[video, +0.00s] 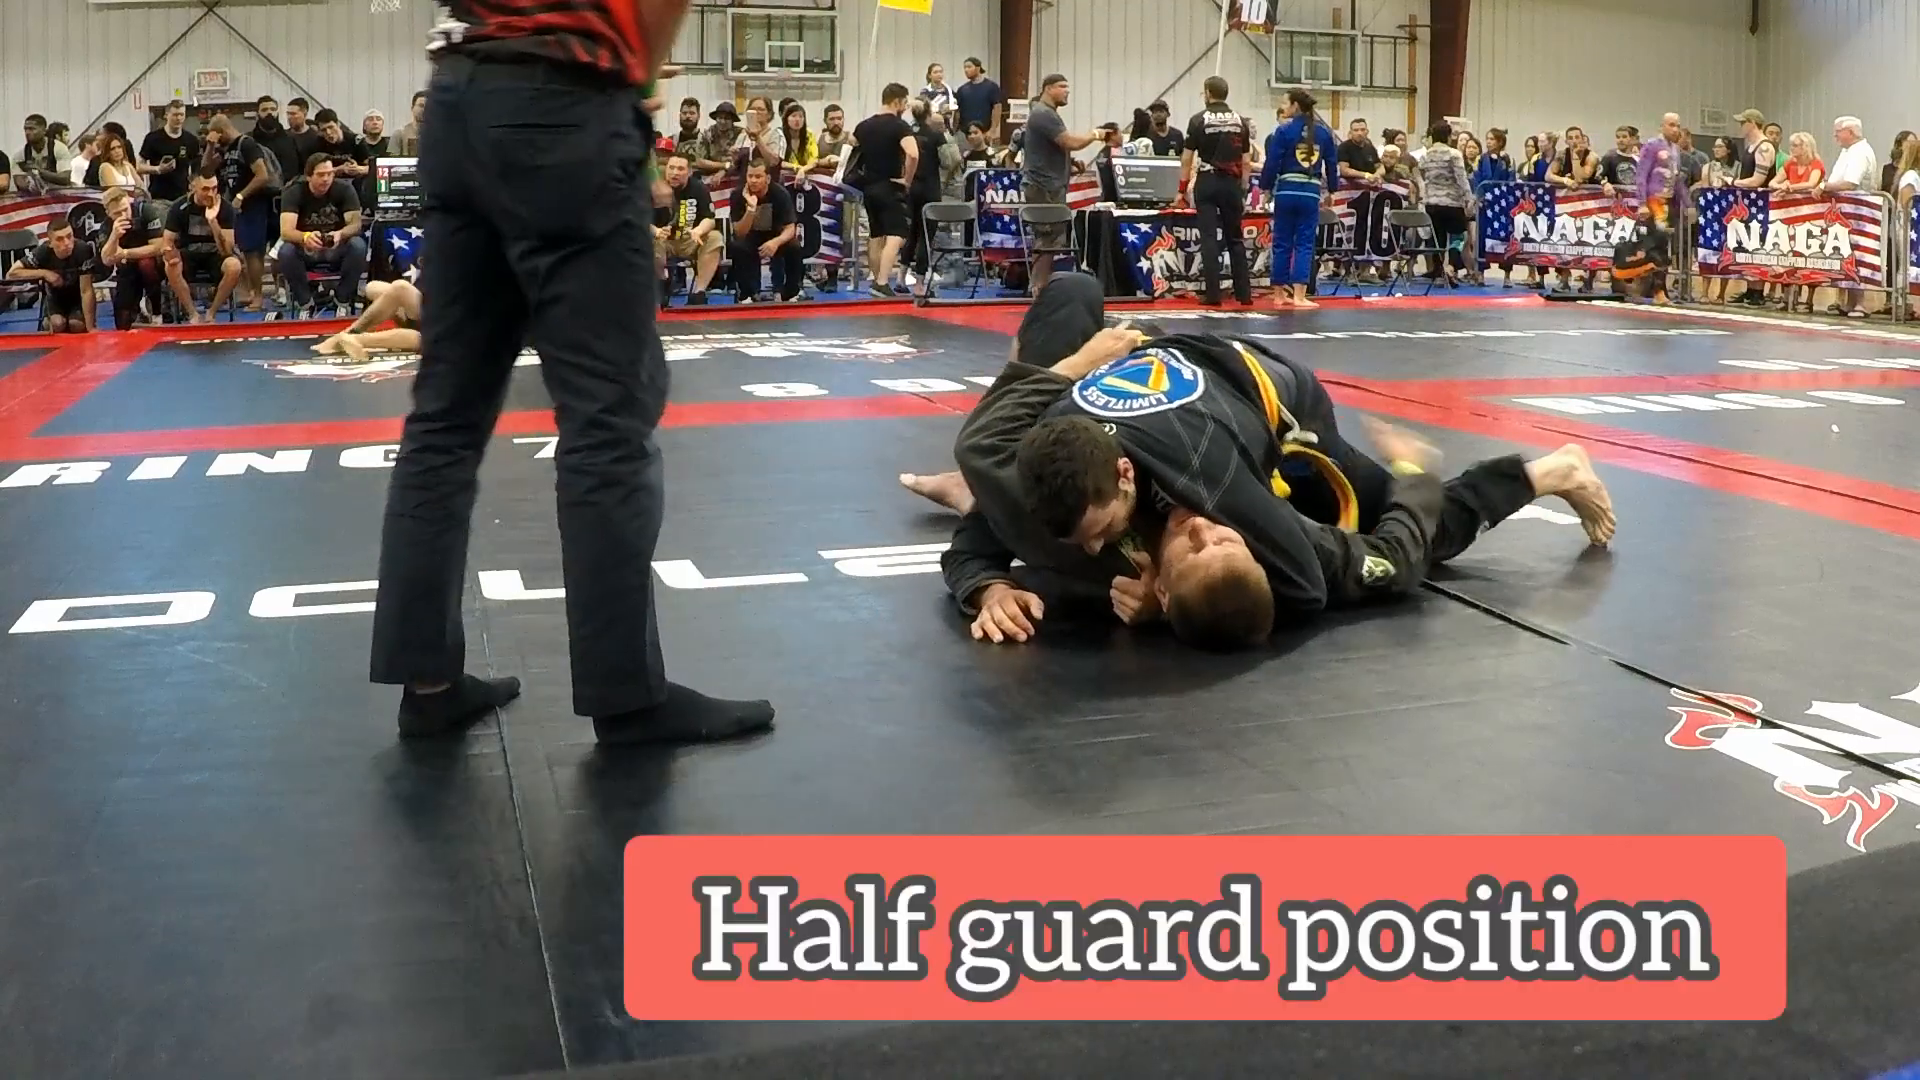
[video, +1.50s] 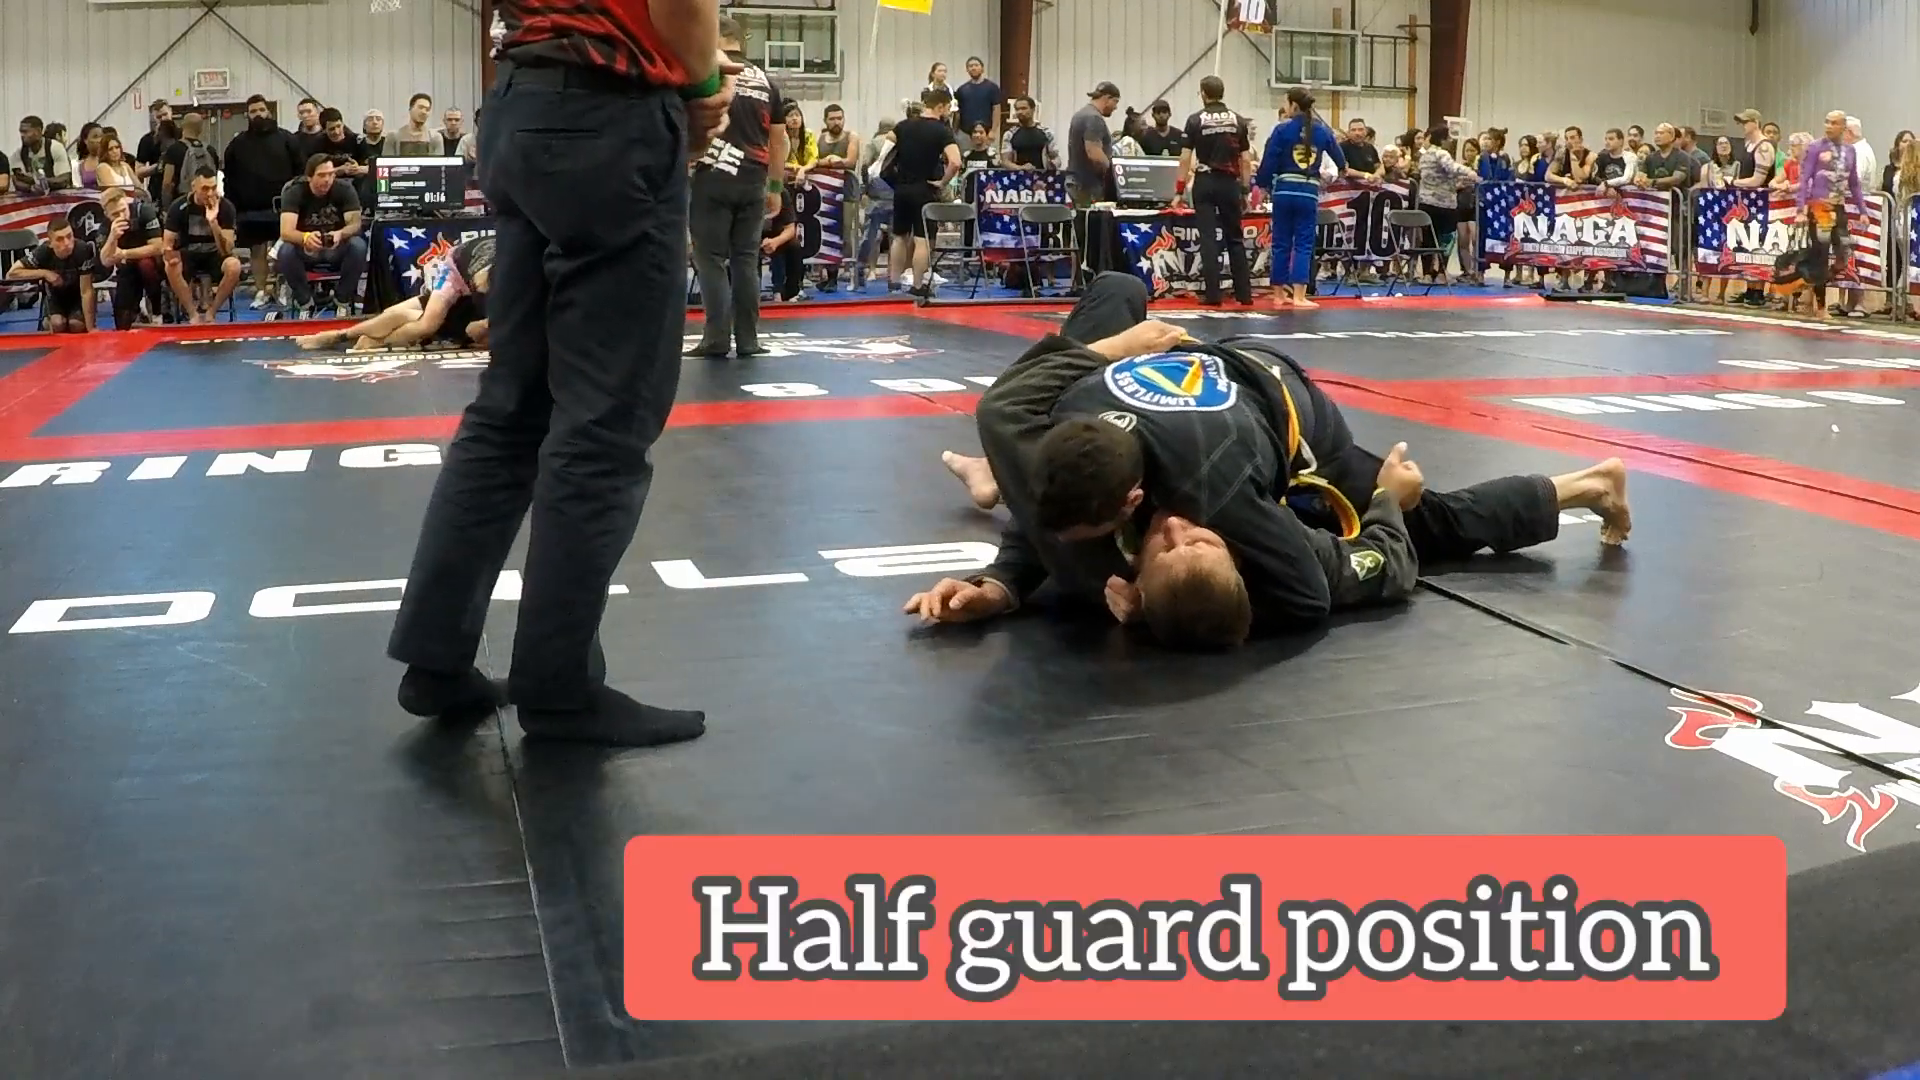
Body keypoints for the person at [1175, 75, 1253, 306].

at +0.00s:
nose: (1203, 95)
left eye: (1204, 92)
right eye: (1205, 92)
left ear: (1208, 94)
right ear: (1226, 94)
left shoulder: (1198, 120)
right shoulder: (1240, 121)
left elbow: (1187, 160)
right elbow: (1245, 160)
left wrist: (1182, 190)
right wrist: (1243, 189)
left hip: (1206, 180)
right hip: (1232, 181)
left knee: (1208, 238)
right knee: (1235, 238)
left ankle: (1212, 294)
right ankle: (1243, 293)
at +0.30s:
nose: (1203, 95)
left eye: (1204, 92)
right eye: (1204, 92)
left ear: (1208, 94)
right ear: (1226, 94)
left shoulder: (1197, 120)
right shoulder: (1241, 121)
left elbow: (1177, 149)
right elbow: (1245, 159)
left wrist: (1164, 169)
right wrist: (1244, 189)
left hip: (1206, 181)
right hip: (1233, 183)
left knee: (1208, 238)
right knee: (1235, 238)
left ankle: (1212, 295)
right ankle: (1244, 295)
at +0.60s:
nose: (1202, 96)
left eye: (1203, 93)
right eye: (1204, 92)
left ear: (1207, 95)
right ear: (1226, 94)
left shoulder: (1197, 119)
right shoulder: (1241, 121)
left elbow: (1170, 146)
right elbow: (1245, 160)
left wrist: (1161, 156)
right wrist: (1244, 187)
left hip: (1205, 182)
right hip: (1231, 184)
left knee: (1208, 239)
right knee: (1236, 239)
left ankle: (1212, 296)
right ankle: (1244, 295)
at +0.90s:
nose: (1203, 96)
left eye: (1203, 93)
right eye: (1206, 93)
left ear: (1206, 95)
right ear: (1225, 94)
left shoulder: (1195, 120)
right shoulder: (1240, 121)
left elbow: (1181, 155)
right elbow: (1245, 160)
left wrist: (1176, 180)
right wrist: (1245, 187)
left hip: (1203, 181)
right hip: (1230, 182)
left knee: (1207, 238)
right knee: (1236, 239)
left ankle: (1212, 295)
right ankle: (1244, 294)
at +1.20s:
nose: (1199, 97)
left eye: (1200, 93)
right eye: (1201, 93)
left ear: (1203, 95)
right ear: (1222, 94)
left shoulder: (1195, 121)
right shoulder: (1239, 121)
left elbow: (1186, 159)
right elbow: (1246, 159)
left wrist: (1181, 187)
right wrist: (1244, 189)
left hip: (1204, 180)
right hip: (1230, 181)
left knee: (1208, 238)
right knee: (1236, 238)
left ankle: (1212, 294)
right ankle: (1244, 294)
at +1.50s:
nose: (1200, 95)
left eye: (1201, 92)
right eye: (1203, 92)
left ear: (1203, 94)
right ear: (1222, 93)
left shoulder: (1195, 120)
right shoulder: (1238, 120)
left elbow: (1185, 159)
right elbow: (1245, 158)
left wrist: (1179, 191)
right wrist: (1245, 188)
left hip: (1203, 181)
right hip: (1229, 182)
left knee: (1207, 239)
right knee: (1235, 238)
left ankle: (1212, 294)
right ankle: (1244, 294)